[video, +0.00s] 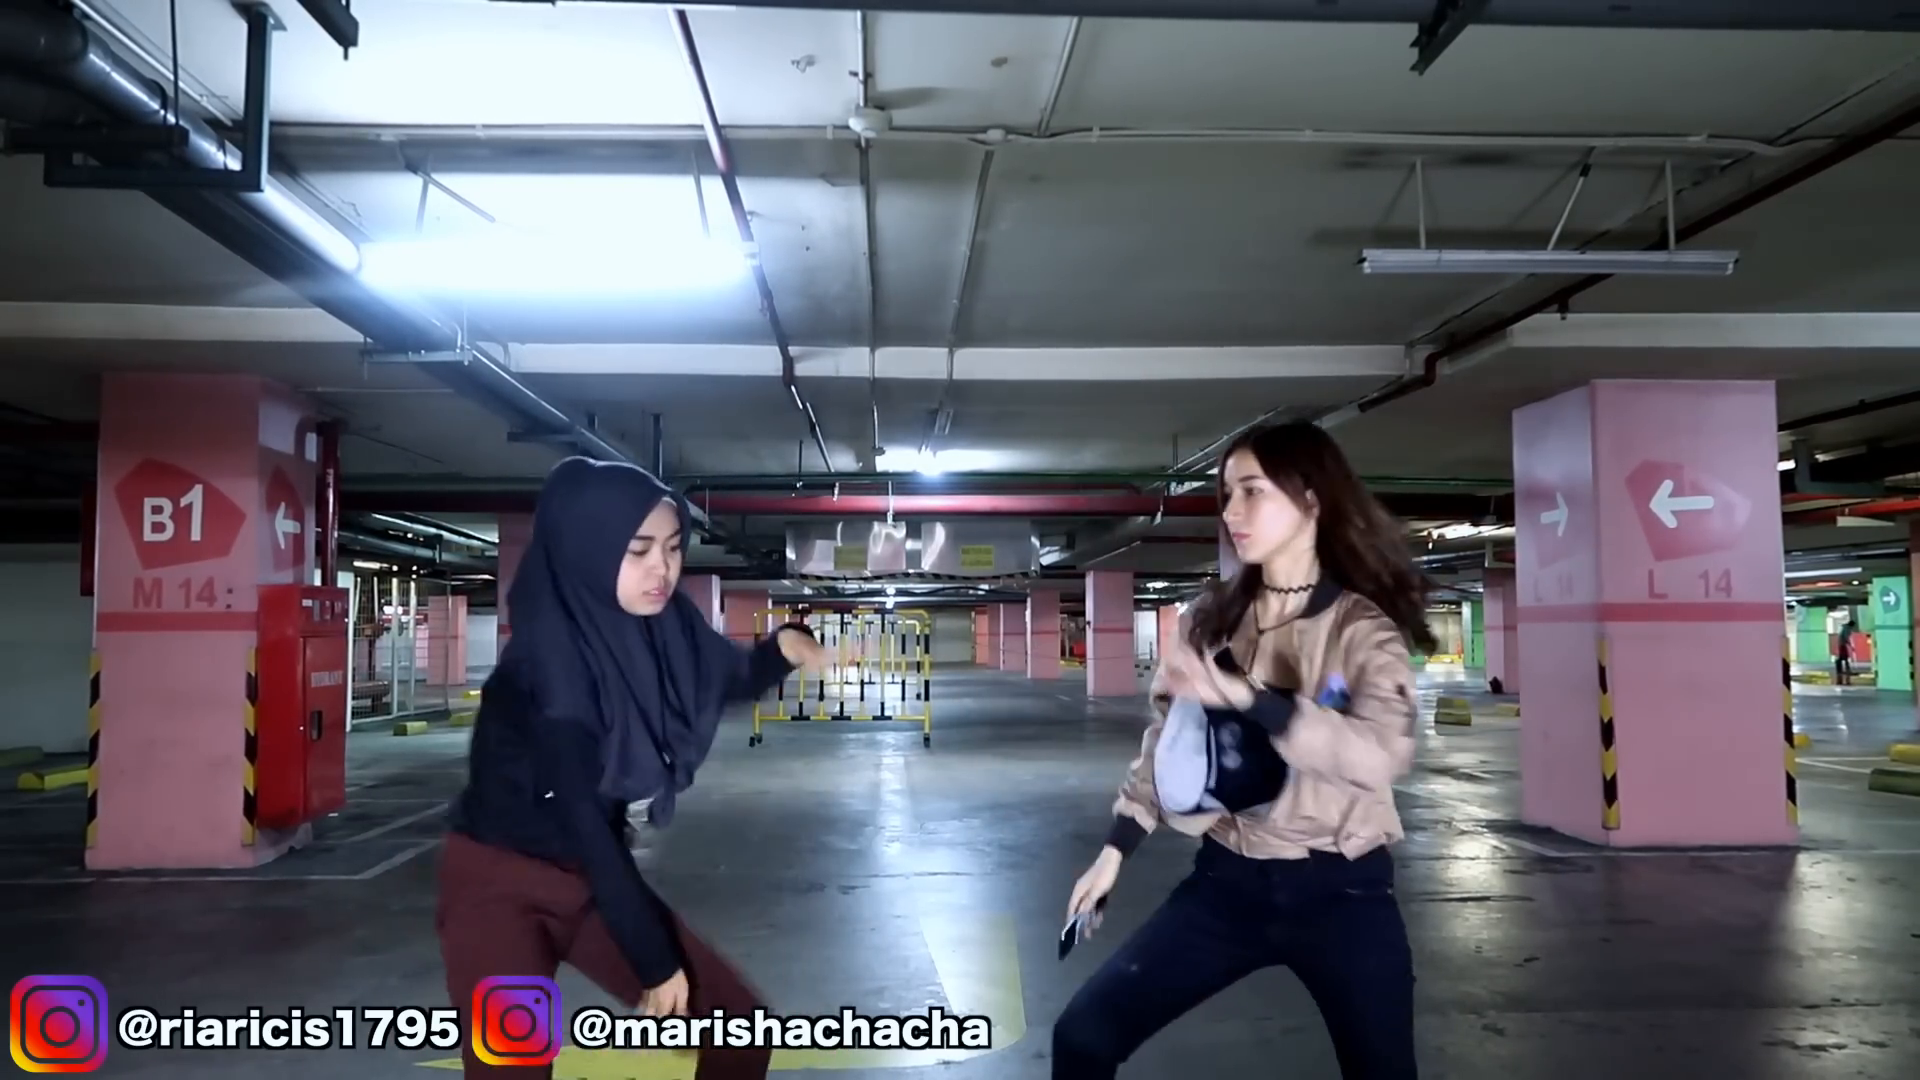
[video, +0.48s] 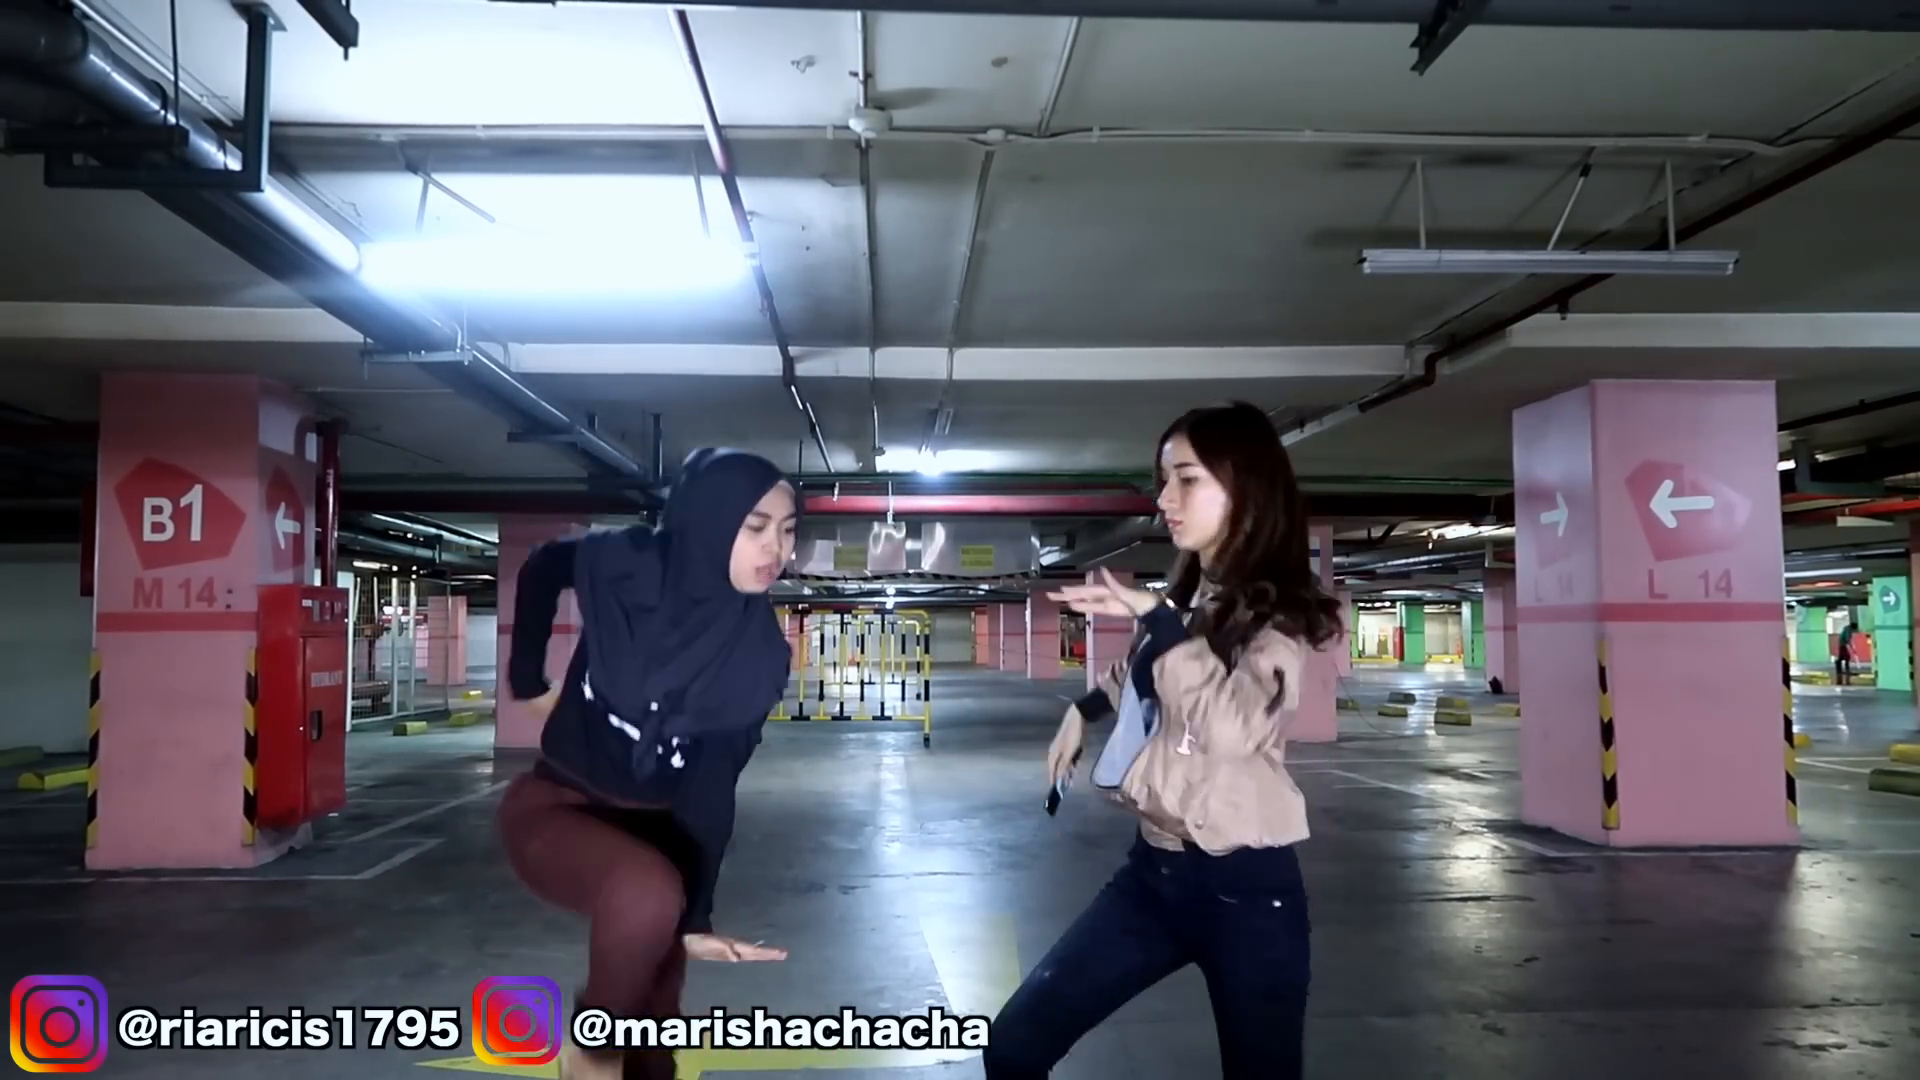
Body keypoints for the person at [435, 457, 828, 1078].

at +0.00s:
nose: (664, 569)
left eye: (672, 547)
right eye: (640, 550)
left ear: (683, 545)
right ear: (587, 551)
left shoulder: (664, 631)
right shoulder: (550, 658)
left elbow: (732, 676)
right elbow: (588, 823)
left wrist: (778, 651)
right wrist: (658, 963)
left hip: (593, 882)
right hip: (498, 887)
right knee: (514, 1061)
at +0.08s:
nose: (679, 571)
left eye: (689, 548)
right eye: (655, 550)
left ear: (700, 548)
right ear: (602, 551)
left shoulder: (688, 644)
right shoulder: (559, 659)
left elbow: (736, 763)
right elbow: (563, 806)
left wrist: (790, 672)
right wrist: (635, 928)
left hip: (632, 861)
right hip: (539, 864)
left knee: (695, 1059)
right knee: (524, 1060)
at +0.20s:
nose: (731, 538)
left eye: (743, 516)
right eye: (708, 519)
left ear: (753, 514)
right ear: (659, 517)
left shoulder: (733, 607)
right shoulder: (586, 571)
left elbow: (714, 735)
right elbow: (523, 684)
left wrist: (744, 826)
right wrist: (596, 786)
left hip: (655, 809)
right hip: (552, 801)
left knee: (675, 1029)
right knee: (571, 1025)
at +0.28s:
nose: (761, 530)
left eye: (772, 509)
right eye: (738, 510)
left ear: (783, 509)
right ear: (688, 505)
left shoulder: (752, 624)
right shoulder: (615, 540)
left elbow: (694, 753)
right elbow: (512, 618)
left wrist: (693, 873)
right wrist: (536, 724)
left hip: (650, 809)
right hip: (550, 782)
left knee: (670, 1004)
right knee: (619, 943)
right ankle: (532, 1060)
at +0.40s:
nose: (775, 564)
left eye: (784, 544)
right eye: (754, 542)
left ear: (792, 549)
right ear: (704, 542)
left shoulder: (766, 663)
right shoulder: (624, 577)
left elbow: (707, 798)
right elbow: (535, 592)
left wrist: (685, 939)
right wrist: (495, 695)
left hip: (658, 840)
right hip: (552, 813)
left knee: (679, 1058)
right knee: (650, 866)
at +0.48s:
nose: (780, 548)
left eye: (788, 529)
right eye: (759, 526)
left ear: (794, 533)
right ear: (708, 524)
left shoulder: (759, 653)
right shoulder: (626, 561)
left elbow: (713, 785)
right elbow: (544, 567)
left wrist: (696, 919)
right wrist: (528, 680)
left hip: (659, 826)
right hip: (554, 799)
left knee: (653, 1037)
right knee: (648, 892)